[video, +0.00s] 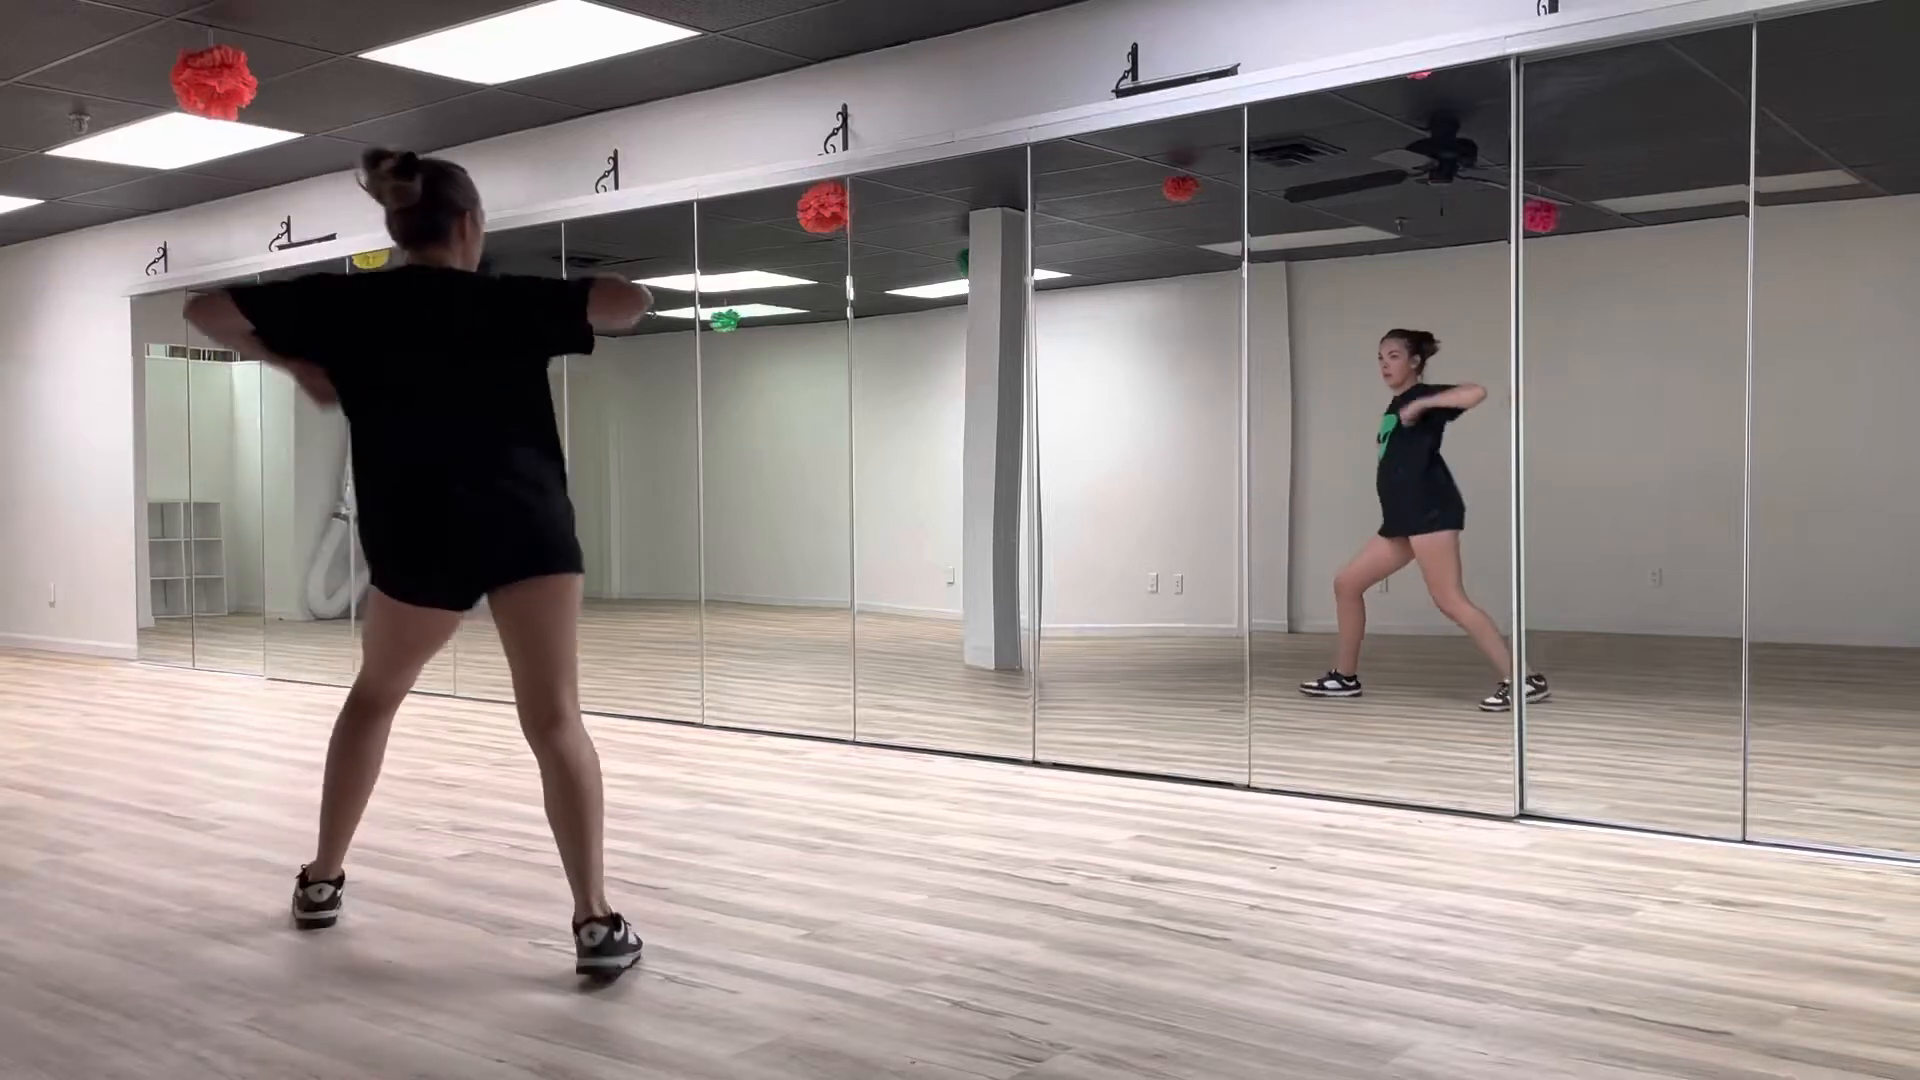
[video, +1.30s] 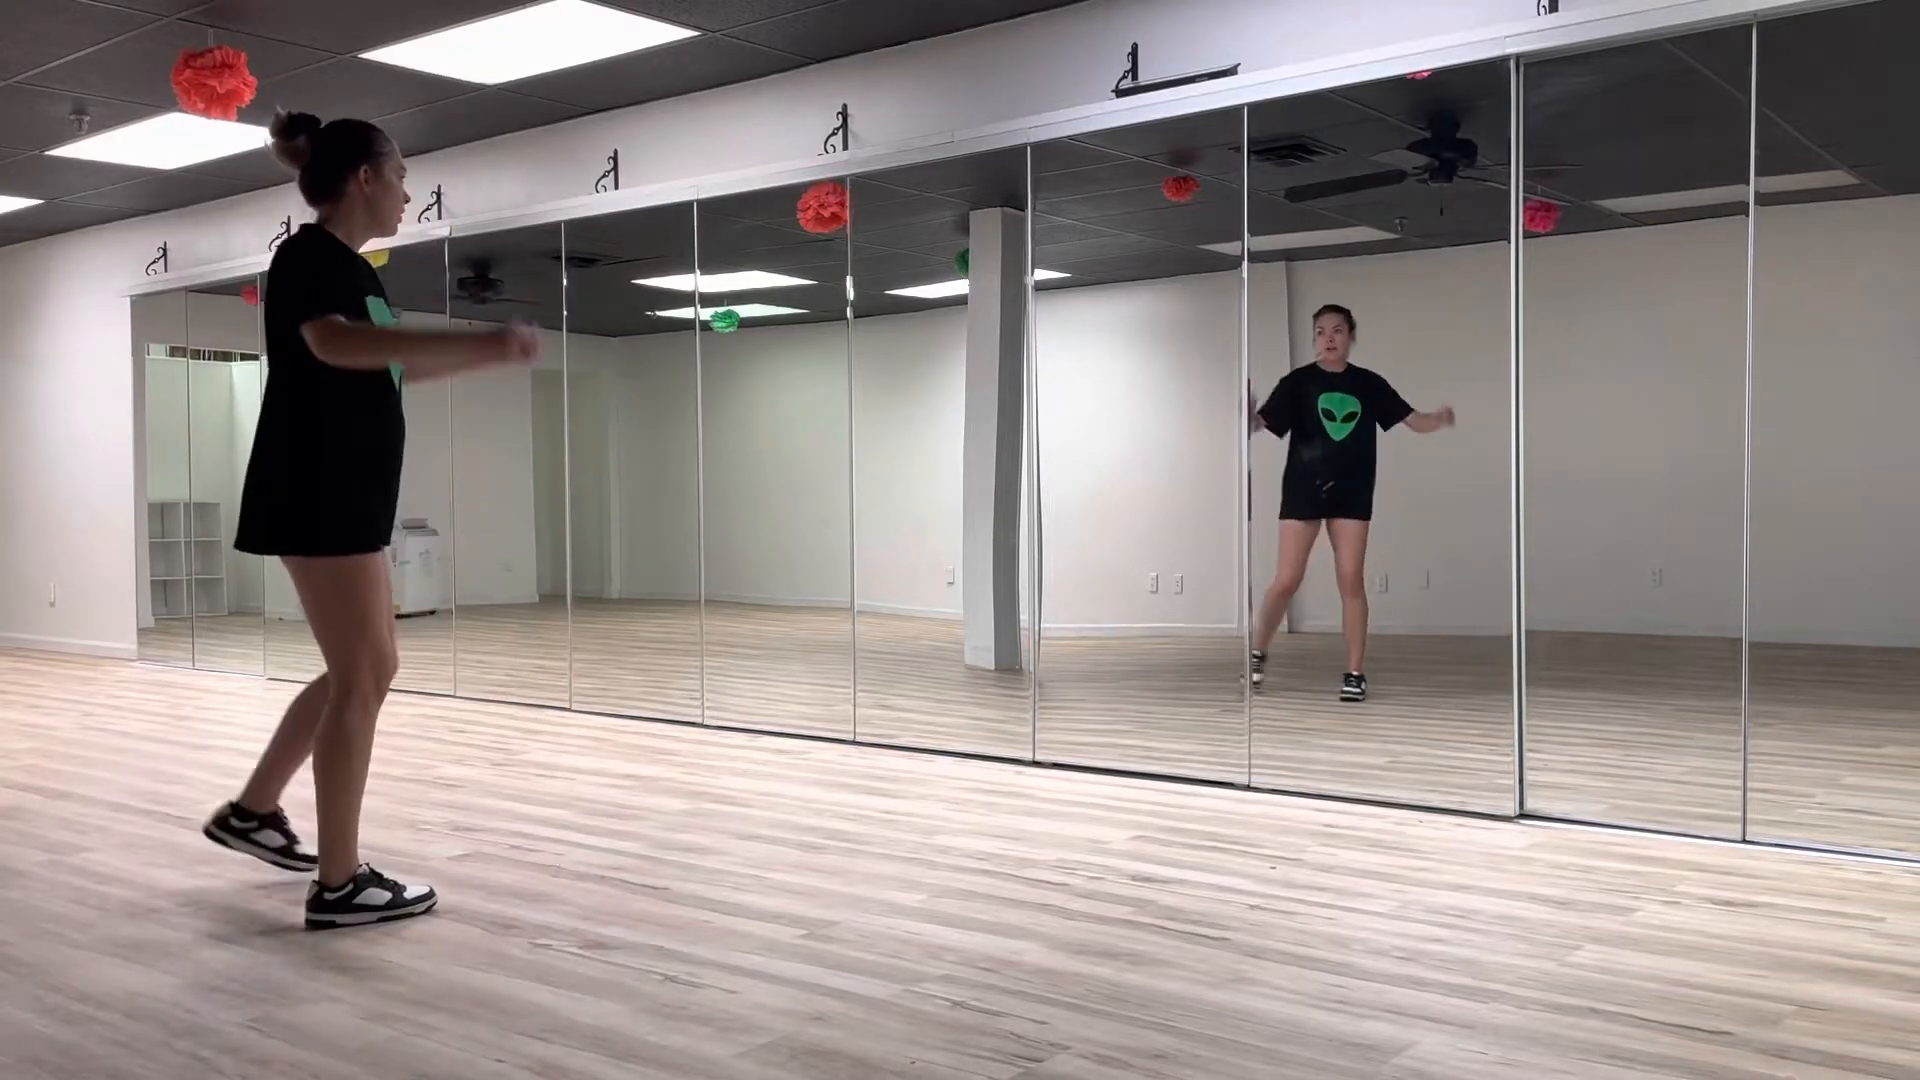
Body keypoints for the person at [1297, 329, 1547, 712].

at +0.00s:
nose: (1385, 365)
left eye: (1393, 357)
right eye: (1381, 358)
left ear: (1415, 361)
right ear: (1381, 363)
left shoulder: (1425, 396)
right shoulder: (1397, 404)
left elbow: (1475, 393)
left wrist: (1425, 403)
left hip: (1432, 515)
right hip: (1404, 519)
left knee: (1451, 601)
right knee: (1347, 584)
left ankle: (1518, 678)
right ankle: (1344, 676)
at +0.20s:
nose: (1387, 370)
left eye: (1396, 362)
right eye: (1384, 363)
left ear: (1418, 367)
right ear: (1382, 368)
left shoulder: (1431, 405)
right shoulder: (1396, 411)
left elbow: (1475, 425)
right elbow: (1412, 454)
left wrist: (1431, 459)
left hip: (1437, 524)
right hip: (1403, 527)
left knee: (1452, 605)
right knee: (1343, 587)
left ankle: (1521, 681)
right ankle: (1347, 677)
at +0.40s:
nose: (1367, 352)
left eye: (1376, 346)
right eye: (1364, 345)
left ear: (1396, 352)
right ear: (1360, 350)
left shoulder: (1405, 396)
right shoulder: (1358, 399)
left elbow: (1426, 455)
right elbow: (1353, 462)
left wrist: (1413, 511)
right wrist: (1350, 513)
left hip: (1408, 508)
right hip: (1369, 510)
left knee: (1427, 589)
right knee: (1329, 587)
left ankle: (1496, 670)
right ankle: (1346, 676)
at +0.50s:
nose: (1356, 341)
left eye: (1364, 335)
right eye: (1352, 335)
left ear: (1384, 341)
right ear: (1348, 340)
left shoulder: (1394, 387)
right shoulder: (1340, 389)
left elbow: (1408, 450)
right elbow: (1329, 455)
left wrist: (1407, 509)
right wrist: (1320, 510)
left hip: (1392, 500)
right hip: (1353, 502)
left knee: (1397, 581)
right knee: (1328, 583)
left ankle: (1462, 664)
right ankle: (1344, 675)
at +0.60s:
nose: (1346, 329)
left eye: (1355, 322)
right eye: (1342, 323)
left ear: (1374, 328)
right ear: (1339, 329)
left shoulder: (1389, 375)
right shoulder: (1330, 377)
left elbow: (1399, 442)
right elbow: (1319, 444)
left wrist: (1401, 502)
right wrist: (1308, 498)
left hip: (1380, 488)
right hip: (1340, 489)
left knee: (1375, 573)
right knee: (1334, 579)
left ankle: (1408, 661)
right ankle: (1344, 674)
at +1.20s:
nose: (1334, 339)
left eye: (1343, 333)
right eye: (1328, 333)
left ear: (1358, 339)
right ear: (1321, 340)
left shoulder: (1377, 387)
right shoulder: (1305, 385)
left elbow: (1407, 433)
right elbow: (1279, 434)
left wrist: (1441, 466)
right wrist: (1252, 458)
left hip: (1359, 500)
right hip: (1310, 498)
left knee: (1354, 582)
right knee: (1303, 583)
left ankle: (1355, 673)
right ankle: (1300, 662)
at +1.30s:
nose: (1328, 338)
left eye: (1337, 331)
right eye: (1321, 331)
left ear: (1351, 337)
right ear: (1313, 338)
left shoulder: (1369, 383)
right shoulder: (1296, 382)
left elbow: (1412, 420)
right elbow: (1263, 426)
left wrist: (1439, 419)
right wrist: (1251, 414)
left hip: (1352, 494)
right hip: (1302, 491)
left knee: (1351, 582)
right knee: (1286, 580)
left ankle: (1355, 672)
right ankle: (1258, 651)